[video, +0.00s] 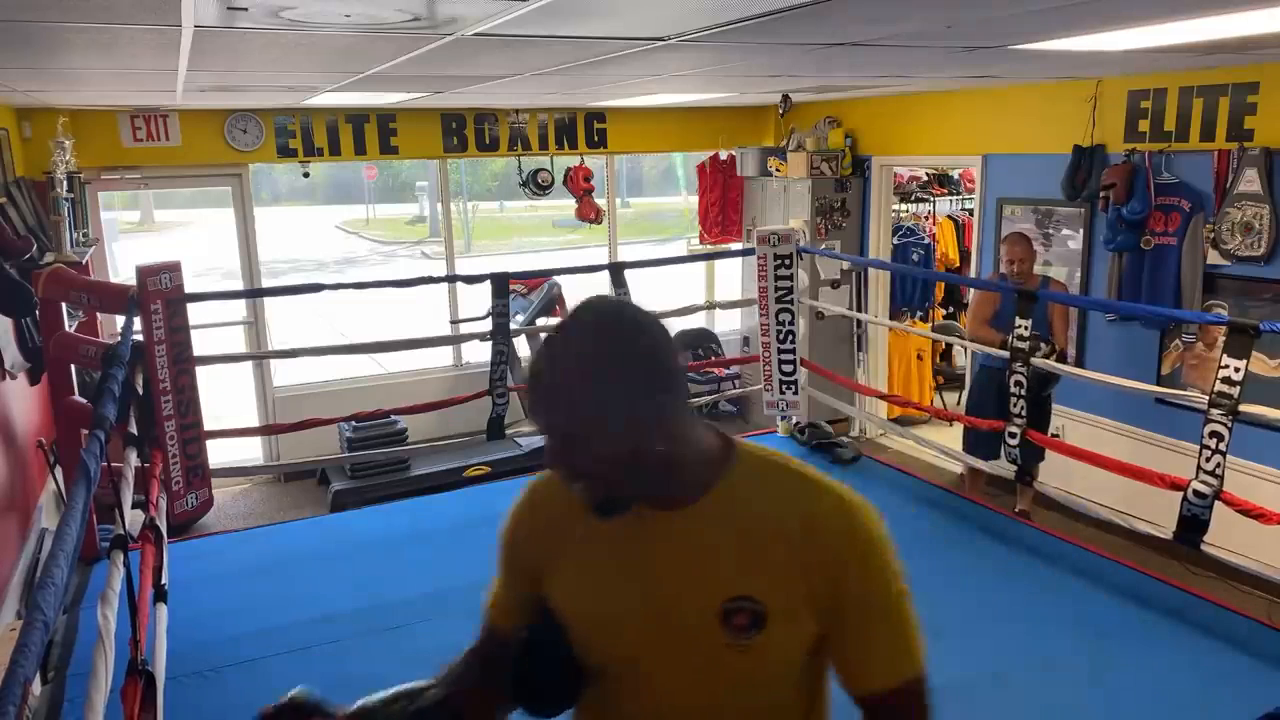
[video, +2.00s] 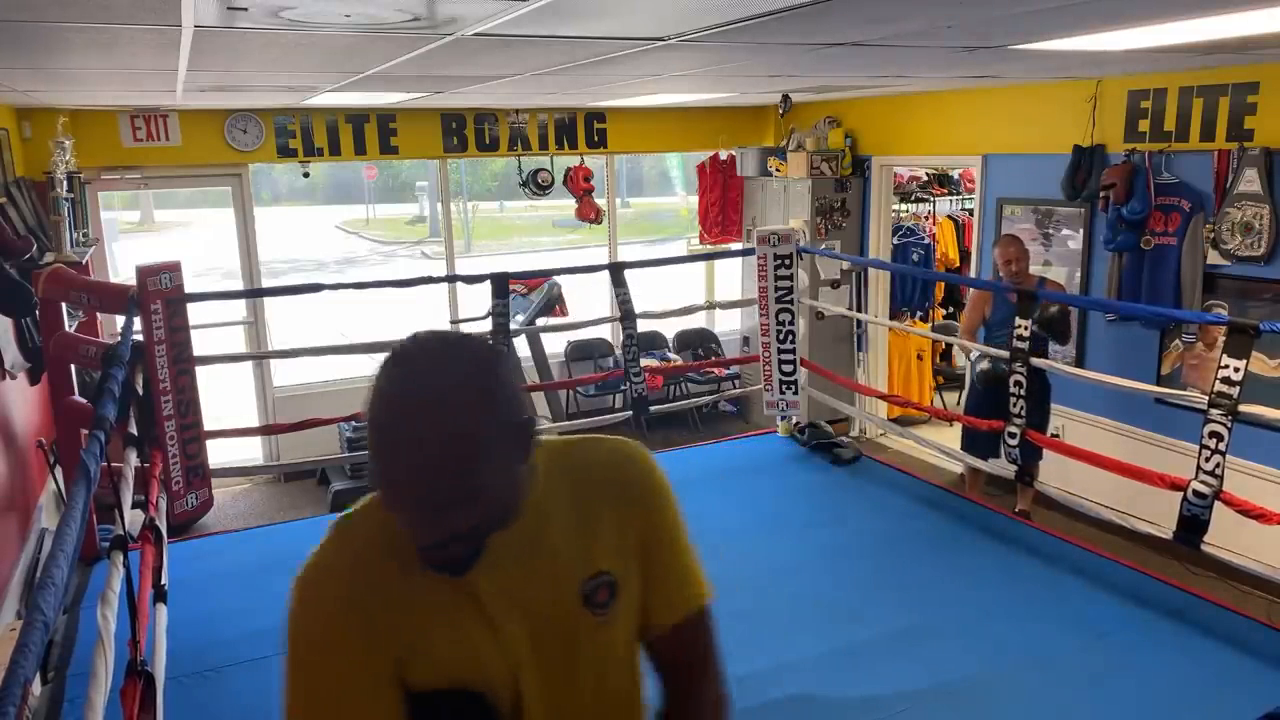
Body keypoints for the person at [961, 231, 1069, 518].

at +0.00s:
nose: (1015, 269)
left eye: (1021, 262)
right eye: (1009, 262)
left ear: (1033, 259)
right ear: (1001, 260)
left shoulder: (1054, 290)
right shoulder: (992, 285)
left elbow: (1061, 343)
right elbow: (974, 329)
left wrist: (1048, 356)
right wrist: (1010, 343)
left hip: (1034, 382)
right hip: (992, 377)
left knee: (1030, 449)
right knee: (979, 446)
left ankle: (1023, 511)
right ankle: (971, 506)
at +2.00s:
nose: (1012, 268)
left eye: (1017, 261)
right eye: (1005, 263)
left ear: (1028, 257)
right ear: (996, 264)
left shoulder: (1052, 290)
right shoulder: (985, 292)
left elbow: (1064, 339)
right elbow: (965, 336)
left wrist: (1056, 321)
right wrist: (979, 358)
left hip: (1032, 379)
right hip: (990, 376)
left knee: (1029, 449)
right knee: (977, 445)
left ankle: (1023, 515)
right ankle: (972, 506)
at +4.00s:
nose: (999, 274)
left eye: (1003, 266)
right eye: (991, 269)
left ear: (1013, 260)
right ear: (983, 267)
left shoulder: (1038, 286)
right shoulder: (973, 293)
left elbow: (1061, 328)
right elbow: (962, 341)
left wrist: (1021, 330)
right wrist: (985, 347)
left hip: (1025, 380)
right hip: (984, 379)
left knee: (1027, 449)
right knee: (975, 448)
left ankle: (1022, 514)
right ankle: (971, 507)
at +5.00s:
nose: (1014, 272)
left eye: (1020, 265)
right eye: (1008, 266)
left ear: (1027, 262)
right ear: (995, 262)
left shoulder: (1043, 287)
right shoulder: (978, 289)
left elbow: (1056, 333)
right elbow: (952, 330)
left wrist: (1016, 329)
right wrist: (985, 331)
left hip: (1025, 381)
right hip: (984, 378)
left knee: (1026, 449)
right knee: (974, 446)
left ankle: (1022, 514)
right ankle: (969, 507)